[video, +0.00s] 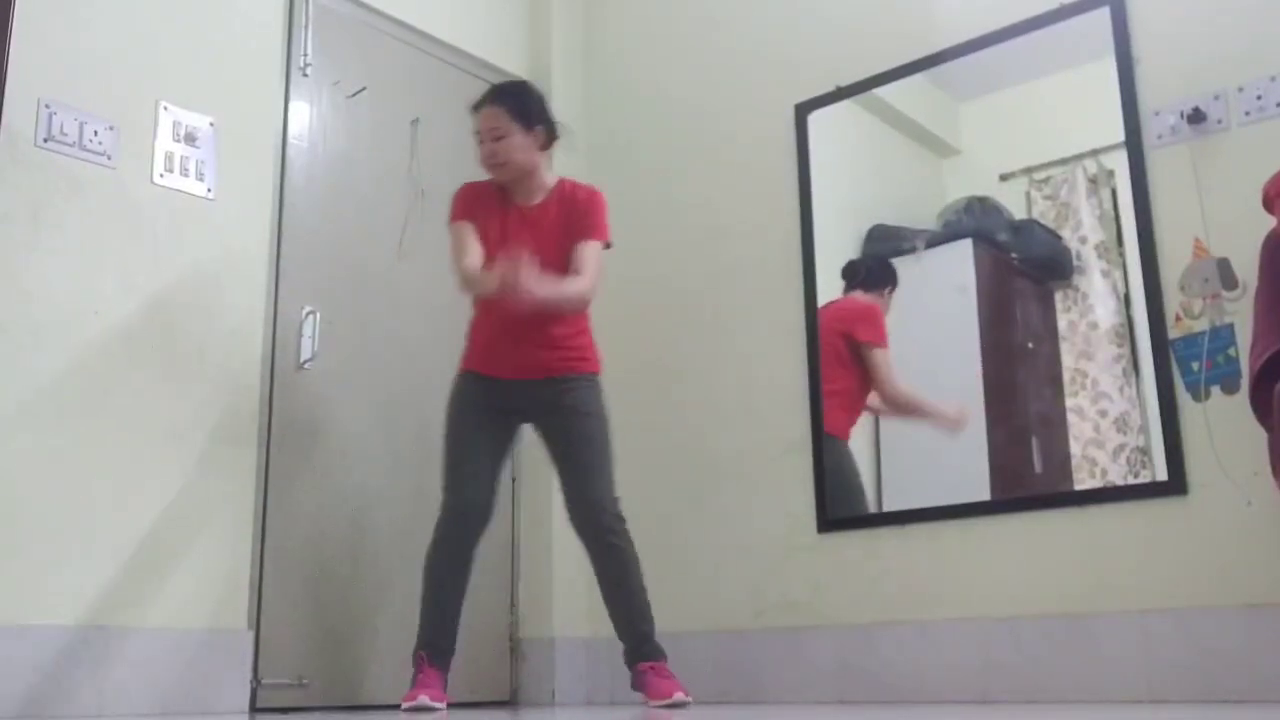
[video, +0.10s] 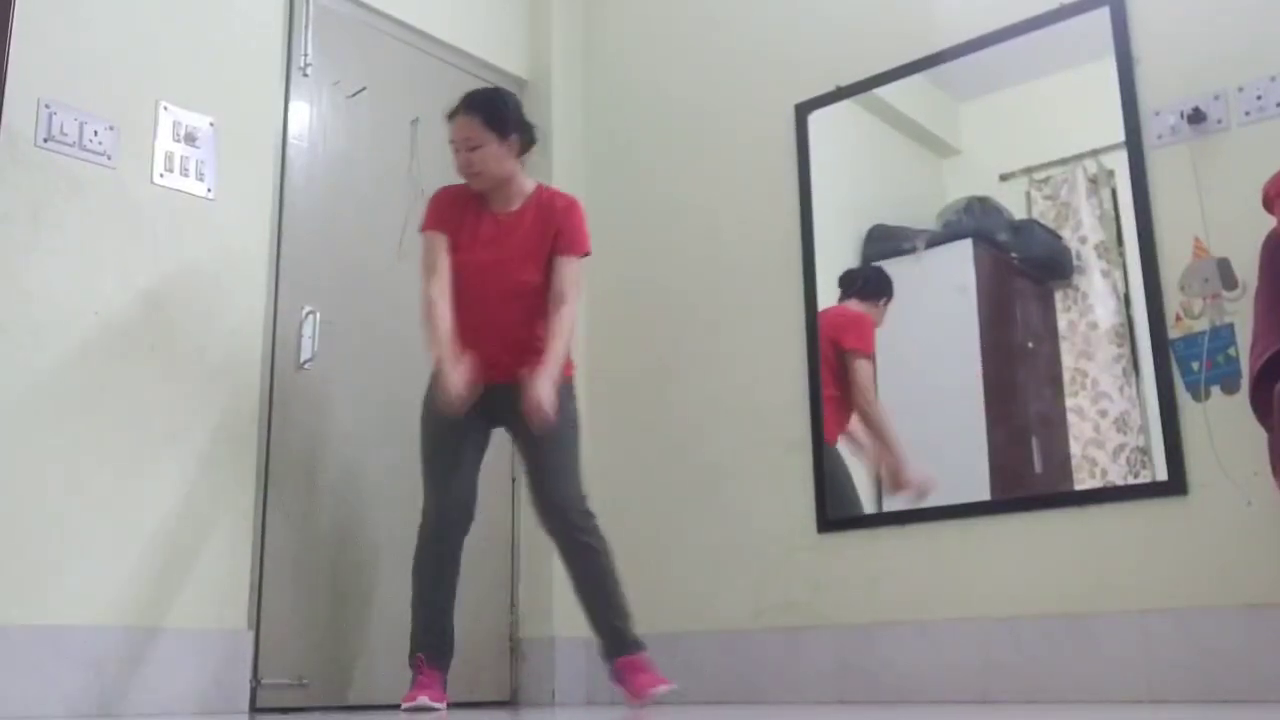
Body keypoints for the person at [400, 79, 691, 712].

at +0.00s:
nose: (485, 149)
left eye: (497, 136)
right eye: (479, 138)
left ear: (540, 136)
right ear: (479, 143)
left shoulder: (583, 201)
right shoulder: (472, 200)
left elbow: (584, 287)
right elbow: (468, 275)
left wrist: (534, 287)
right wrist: (497, 275)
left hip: (567, 381)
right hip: (486, 380)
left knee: (599, 514)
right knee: (462, 513)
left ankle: (648, 663)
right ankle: (430, 671)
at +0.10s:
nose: (460, 158)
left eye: (472, 146)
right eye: (455, 147)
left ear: (513, 144)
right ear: (454, 150)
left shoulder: (560, 211)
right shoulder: (449, 205)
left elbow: (565, 301)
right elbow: (437, 286)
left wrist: (547, 372)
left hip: (538, 378)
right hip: (463, 377)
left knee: (567, 514)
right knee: (444, 519)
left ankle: (627, 657)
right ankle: (428, 672)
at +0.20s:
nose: (444, 163)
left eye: (455, 151)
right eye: (439, 151)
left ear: (497, 149)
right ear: (442, 153)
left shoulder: (546, 216)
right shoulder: (433, 212)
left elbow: (559, 317)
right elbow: (405, 311)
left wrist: (576, 409)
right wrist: (387, 401)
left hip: (523, 381)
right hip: (444, 381)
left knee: (526, 500)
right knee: (439, 516)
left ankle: (560, 640)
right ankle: (427, 673)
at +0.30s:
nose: (434, 162)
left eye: (444, 149)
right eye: (430, 150)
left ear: (487, 146)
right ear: (435, 151)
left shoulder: (540, 213)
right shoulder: (426, 207)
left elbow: (572, 307)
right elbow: (371, 288)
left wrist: (596, 392)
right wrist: (355, 376)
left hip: (515, 375)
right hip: (436, 375)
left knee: (496, 494)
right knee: (436, 508)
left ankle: (489, 637)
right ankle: (426, 669)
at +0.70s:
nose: (477, 148)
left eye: (490, 137)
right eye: (465, 137)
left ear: (513, 150)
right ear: (448, 148)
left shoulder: (536, 225)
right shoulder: (422, 214)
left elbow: (557, 314)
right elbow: (366, 300)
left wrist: (553, 375)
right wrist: (391, 367)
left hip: (508, 382)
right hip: (430, 381)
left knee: (514, 475)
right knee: (430, 513)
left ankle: (495, 593)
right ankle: (425, 670)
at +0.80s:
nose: (491, 141)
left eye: (504, 133)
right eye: (479, 131)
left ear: (521, 149)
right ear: (458, 143)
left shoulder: (539, 219)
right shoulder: (427, 209)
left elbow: (549, 306)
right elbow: (404, 302)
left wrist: (531, 326)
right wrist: (466, 311)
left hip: (516, 380)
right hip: (440, 380)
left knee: (542, 478)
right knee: (435, 514)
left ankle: (530, 601)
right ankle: (426, 673)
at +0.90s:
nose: (508, 129)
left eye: (520, 122)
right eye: (495, 119)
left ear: (534, 140)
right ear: (472, 133)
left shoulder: (551, 206)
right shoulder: (440, 194)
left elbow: (560, 292)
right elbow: (441, 272)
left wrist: (527, 251)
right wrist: (507, 234)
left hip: (531, 374)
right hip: (454, 375)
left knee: (570, 496)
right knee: (444, 510)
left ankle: (587, 637)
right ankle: (426, 671)